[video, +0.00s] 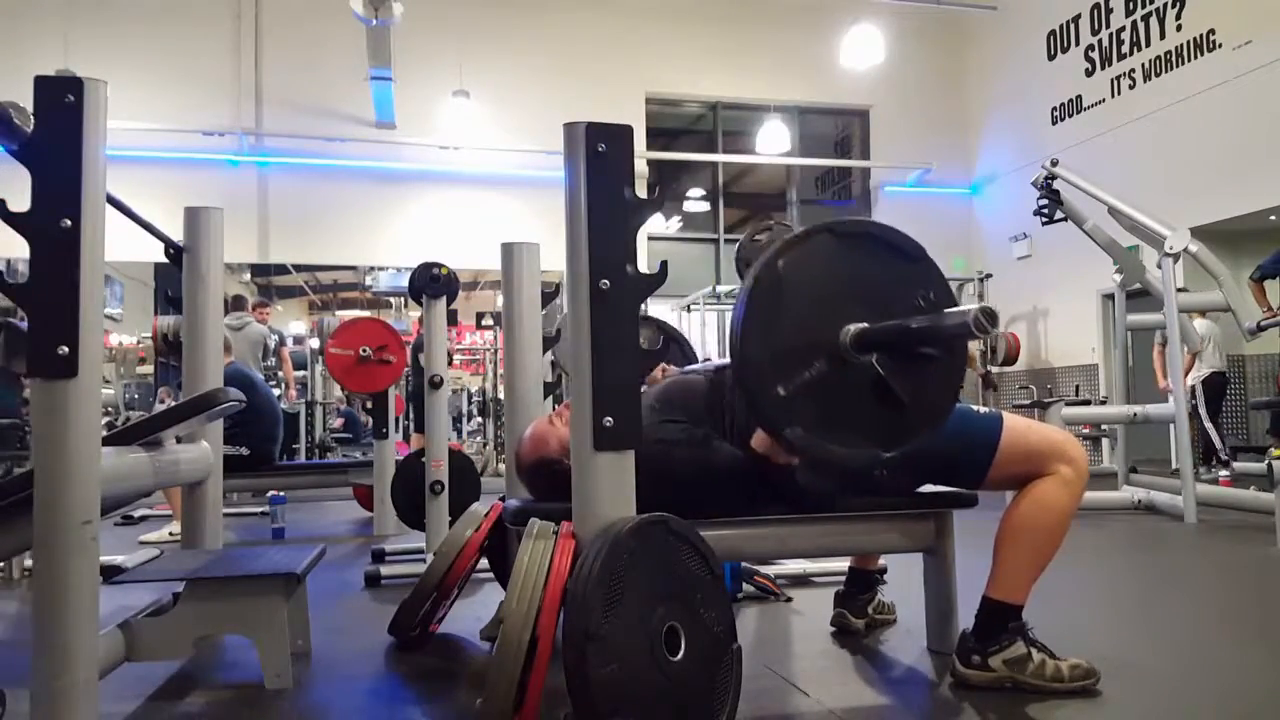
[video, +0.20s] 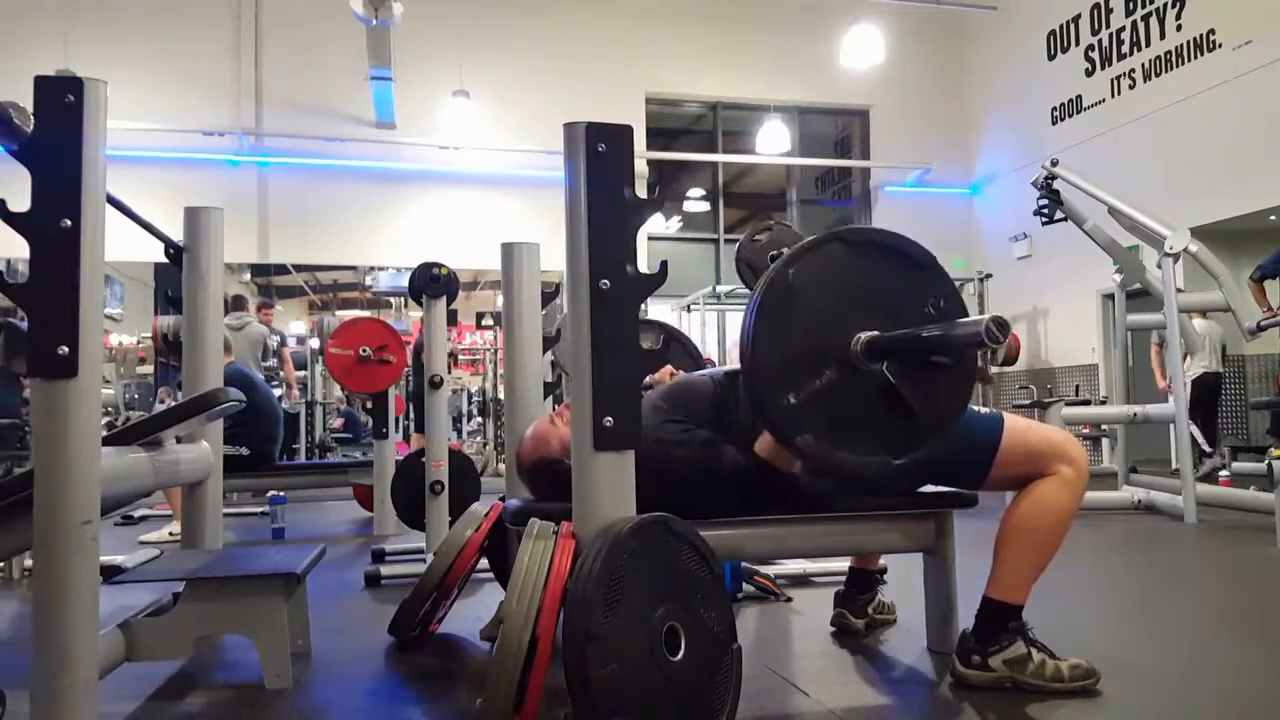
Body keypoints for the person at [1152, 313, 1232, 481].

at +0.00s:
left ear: (1190, 312)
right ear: (1205, 311)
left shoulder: (1194, 326)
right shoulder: (1214, 326)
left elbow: (1191, 355)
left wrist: (1180, 377)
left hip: (1204, 377)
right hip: (1221, 374)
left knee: (1205, 421)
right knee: (1210, 421)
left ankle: (1224, 462)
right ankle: (1206, 463)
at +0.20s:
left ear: (1189, 313)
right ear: (1206, 312)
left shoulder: (1187, 327)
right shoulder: (1218, 328)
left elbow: (1182, 354)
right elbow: (1223, 353)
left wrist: (1173, 377)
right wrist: (1216, 367)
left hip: (1196, 375)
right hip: (1216, 374)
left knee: (1189, 417)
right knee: (1210, 418)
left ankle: (1209, 453)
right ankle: (1208, 458)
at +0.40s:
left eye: (1191, 312)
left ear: (1189, 314)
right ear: (1206, 313)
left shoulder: (1183, 328)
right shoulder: (1218, 330)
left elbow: (1174, 354)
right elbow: (1224, 360)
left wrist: (1162, 370)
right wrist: (1215, 369)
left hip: (1189, 376)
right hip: (1213, 376)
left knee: (1184, 422)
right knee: (1208, 423)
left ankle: (1185, 464)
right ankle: (1205, 465)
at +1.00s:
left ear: (1166, 315)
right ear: (1189, 316)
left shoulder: (1161, 333)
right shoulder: (1198, 330)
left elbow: (1150, 357)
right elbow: (1212, 350)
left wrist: (1145, 381)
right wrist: (1211, 368)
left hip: (1171, 378)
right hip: (1194, 377)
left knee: (1174, 420)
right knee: (1199, 419)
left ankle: (1177, 460)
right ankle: (1200, 455)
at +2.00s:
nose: (1192, 318)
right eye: (1191, 316)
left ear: (1166, 318)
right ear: (1187, 318)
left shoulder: (1156, 334)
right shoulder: (1182, 335)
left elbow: (1149, 360)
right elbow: (1190, 360)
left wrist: (1157, 374)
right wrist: (1207, 373)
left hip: (1159, 382)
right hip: (1178, 383)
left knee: (1162, 423)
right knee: (1188, 420)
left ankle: (1159, 462)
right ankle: (1189, 460)